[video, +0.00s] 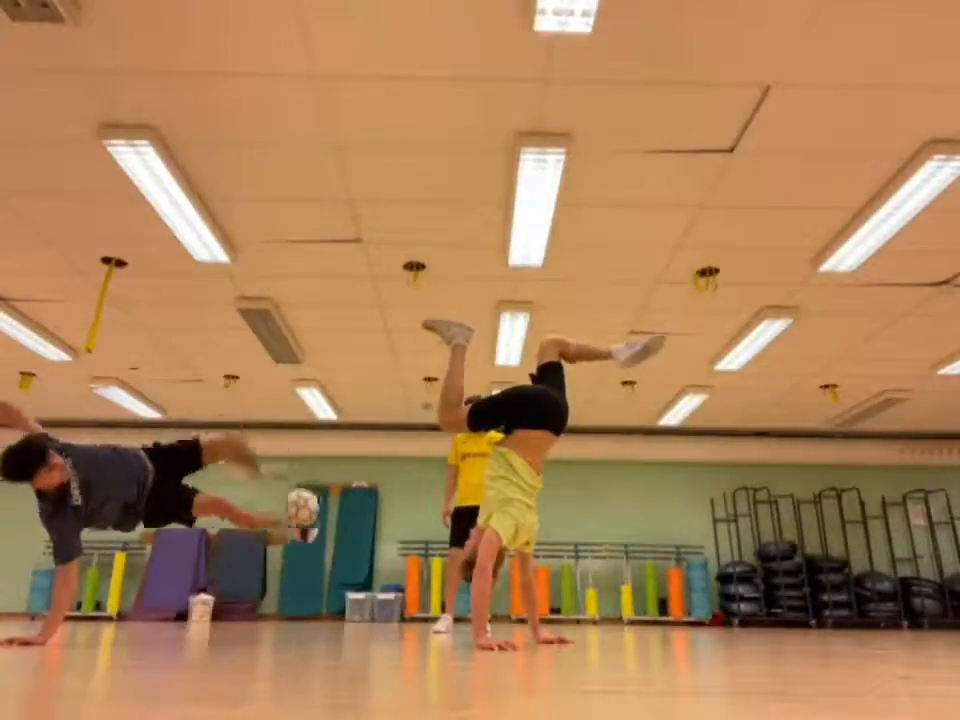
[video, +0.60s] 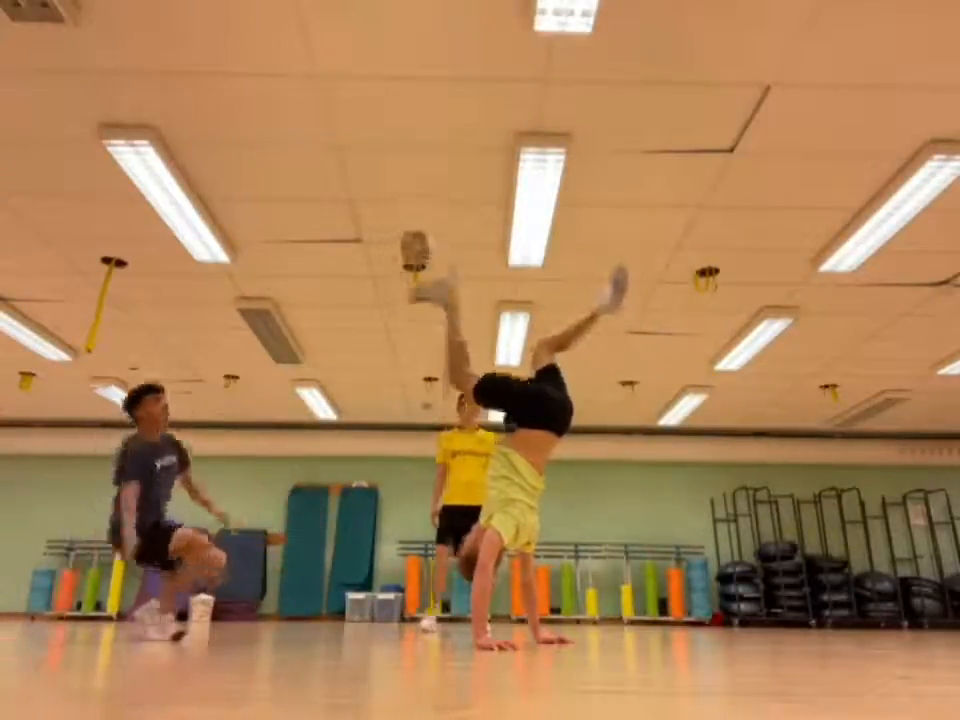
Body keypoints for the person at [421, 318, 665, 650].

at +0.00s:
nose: (485, 566)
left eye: (476, 567)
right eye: (478, 564)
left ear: (473, 550)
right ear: (475, 548)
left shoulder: (524, 536)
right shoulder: (495, 528)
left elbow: (527, 583)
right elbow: (482, 576)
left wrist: (537, 632)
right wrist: (481, 636)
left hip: (554, 414)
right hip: (530, 408)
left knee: (551, 345)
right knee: (450, 418)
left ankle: (619, 352)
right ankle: (458, 345)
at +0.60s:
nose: (476, 542)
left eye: (469, 542)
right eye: (476, 545)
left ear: (471, 542)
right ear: (477, 541)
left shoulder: (525, 536)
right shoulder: (496, 529)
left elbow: (528, 584)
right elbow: (482, 578)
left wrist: (537, 632)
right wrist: (481, 636)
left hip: (557, 413)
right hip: (534, 410)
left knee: (545, 347)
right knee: (464, 381)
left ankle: (602, 309)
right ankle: (450, 302)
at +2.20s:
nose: (476, 543)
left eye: (473, 548)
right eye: (476, 546)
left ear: (475, 547)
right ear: (481, 544)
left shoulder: (528, 540)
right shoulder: (504, 531)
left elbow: (529, 586)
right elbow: (484, 575)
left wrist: (538, 632)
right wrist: (481, 635)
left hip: (572, 416)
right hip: (554, 416)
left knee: (580, 347)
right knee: (471, 409)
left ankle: (658, 323)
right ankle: (472, 331)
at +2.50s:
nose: (482, 542)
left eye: (480, 545)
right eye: (481, 543)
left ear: (482, 550)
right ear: (484, 544)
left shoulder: (530, 541)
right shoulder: (509, 534)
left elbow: (530, 588)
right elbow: (482, 576)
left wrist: (536, 632)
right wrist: (480, 635)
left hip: (598, 436)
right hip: (582, 432)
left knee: (634, 367)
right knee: (515, 382)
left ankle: (714, 359)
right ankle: (527, 301)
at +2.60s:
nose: (488, 525)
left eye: (486, 534)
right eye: (487, 533)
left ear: (490, 546)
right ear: (490, 540)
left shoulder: (530, 538)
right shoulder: (514, 532)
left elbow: (535, 586)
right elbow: (486, 574)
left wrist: (537, 632)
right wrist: (480, 637)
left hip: (604, 438)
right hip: (596, 436)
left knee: (655, 374)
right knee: (538, 362)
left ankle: (736, 390)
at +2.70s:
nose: (495, 524)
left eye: (494, 536)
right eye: (494, 531)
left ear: (495, 550)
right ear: (497, 537)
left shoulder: (535, 539)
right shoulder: (519, 534)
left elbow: (535, 586)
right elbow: (485, 579)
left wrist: (537, 630)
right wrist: (479, 637)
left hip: (618, 452)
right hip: (609, 441)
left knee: (683, 394)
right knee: (576, 353)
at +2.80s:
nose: (501, 528)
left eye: (497, 532)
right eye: (498, 533)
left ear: (501, 550)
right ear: (501, 546)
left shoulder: (539, 544)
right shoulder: (523, 541)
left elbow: (537, 582)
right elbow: (487, 573)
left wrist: (538, 632)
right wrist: (480, 636)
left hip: (633, 472)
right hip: (624, 461)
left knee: (702, 442)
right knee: (638, 365)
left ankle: (760, 524)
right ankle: (712, 392)